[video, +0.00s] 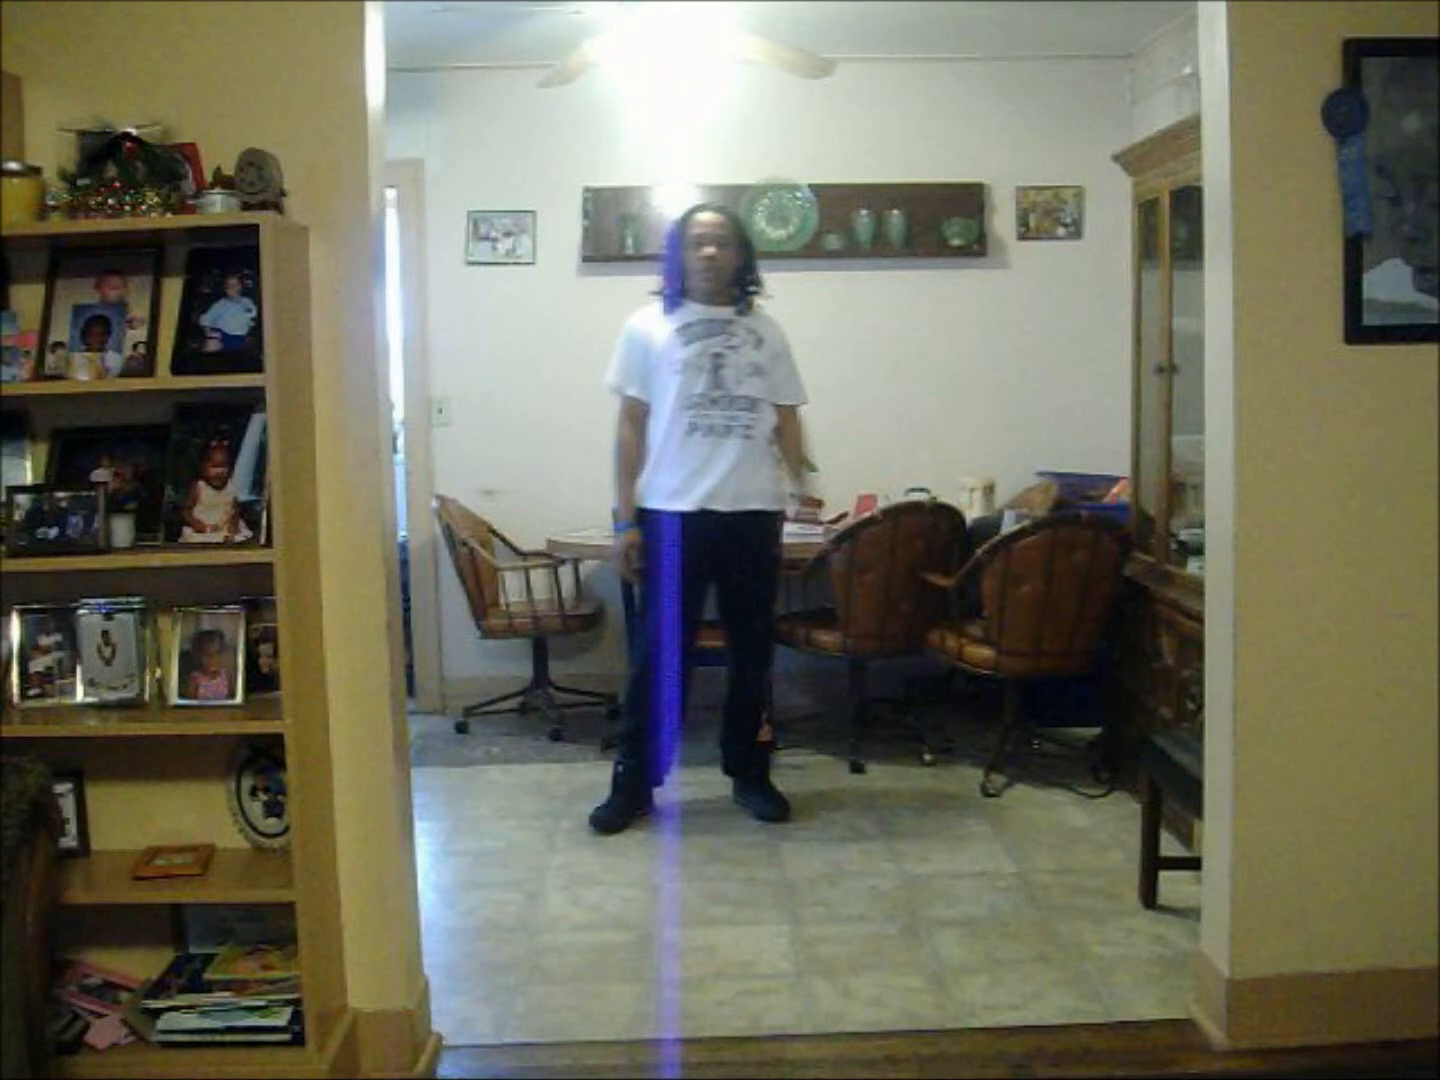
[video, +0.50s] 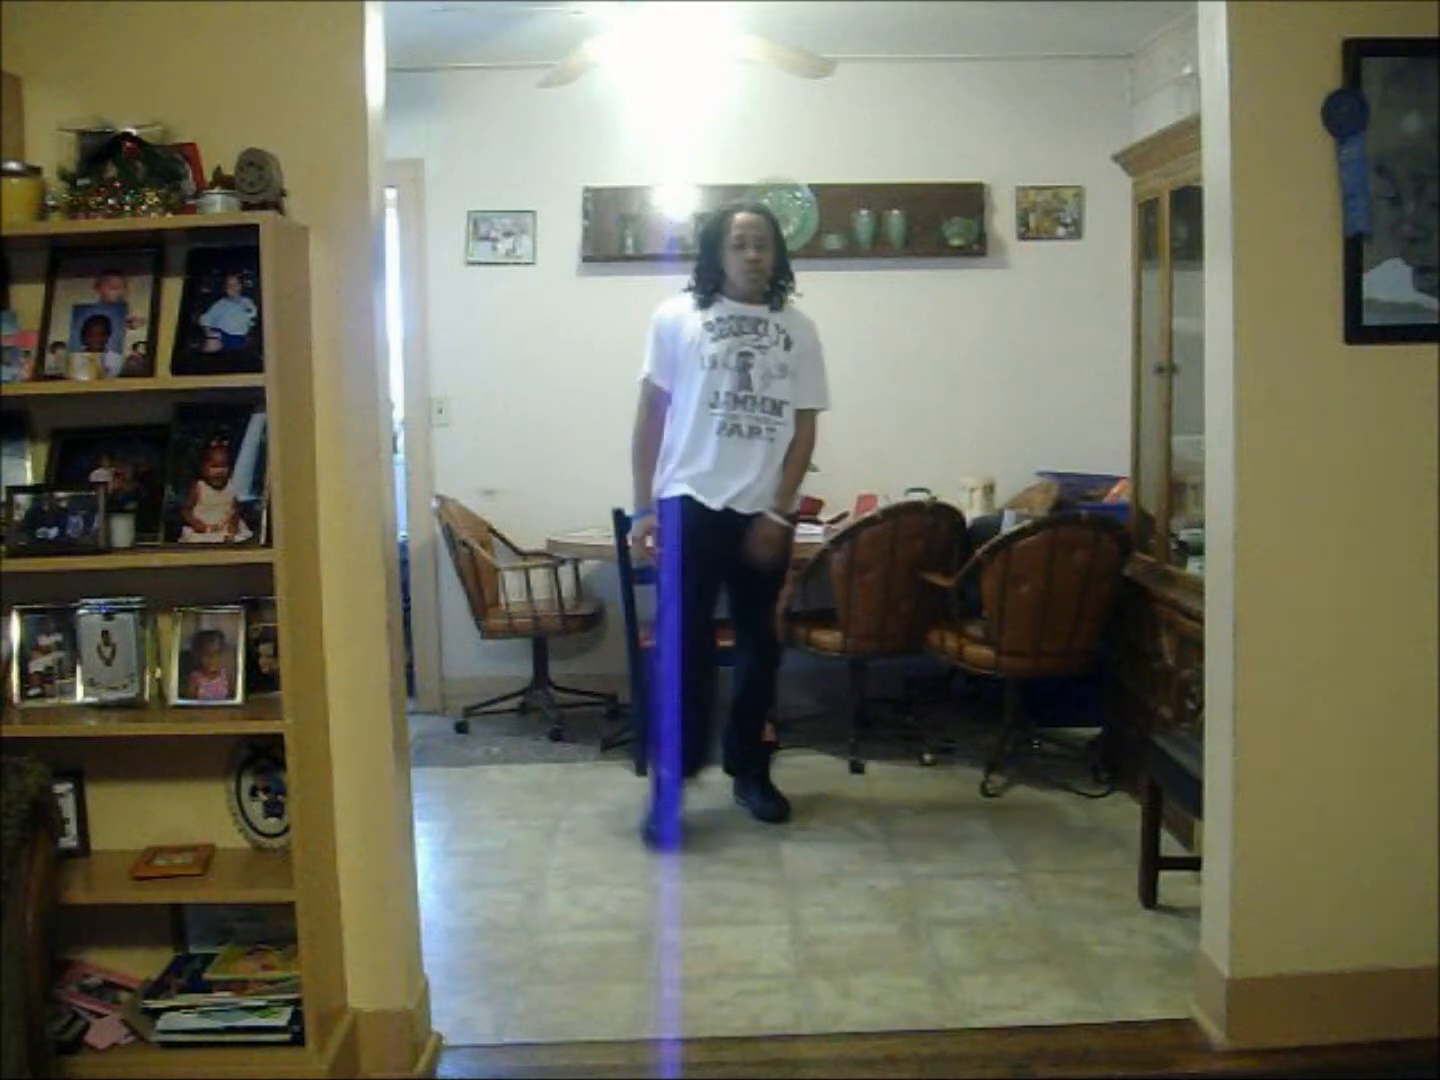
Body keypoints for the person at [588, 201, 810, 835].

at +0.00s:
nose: (710, 253)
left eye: (722, 243)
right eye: (698, 243)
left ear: (742, 258)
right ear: (677, 258)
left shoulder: (763, 329)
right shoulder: (648, 327)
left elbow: (786, 417)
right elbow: (632, 425)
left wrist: (802, 482)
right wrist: (625, 518)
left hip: (753, 513)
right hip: (673, 512)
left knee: (751, 655)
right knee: (656, 655)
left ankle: (750, 774)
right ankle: (633, 785)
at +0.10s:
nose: (721, 252)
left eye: (733, 243)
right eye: (709, 243)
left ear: (751, 256)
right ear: (687, 256)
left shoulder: (771, 328)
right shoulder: (655, 326)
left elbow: (796, 420)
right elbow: (638, 425)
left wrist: (831, 498)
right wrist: (633, 514)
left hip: (759, 516)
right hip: (680, 514)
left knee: (756, 657)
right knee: (666, 657)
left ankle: (750, 776)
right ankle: (635, 784)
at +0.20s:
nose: (731, 253)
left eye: (742, 243)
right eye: (719, 243)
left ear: (759, 256)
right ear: (696, 256)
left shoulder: (778, 327)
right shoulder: (662, 323)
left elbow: (804, 419)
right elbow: (641, 422)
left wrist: (845, 499)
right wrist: (643, 513)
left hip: (763, 516)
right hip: (684, 513)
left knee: (760, 658)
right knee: (670, 660)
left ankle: (750, 774)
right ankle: (639, 783)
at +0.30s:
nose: (742, 253)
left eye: (752, 244)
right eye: (730, 243)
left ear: (770, 256)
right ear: (707, 254)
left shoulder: (789, 326)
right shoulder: (672, 322)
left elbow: (809, 420)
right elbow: (647, 417)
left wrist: (834, 499)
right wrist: (649, 507)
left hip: (767, 511)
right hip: (691, 507)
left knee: (764, 652)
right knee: (676, 651)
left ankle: (749, 773)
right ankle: (642, 778)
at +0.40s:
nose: (747, 254)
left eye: (757, 245)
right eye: (735, 245)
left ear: (774, 256)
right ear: (711, 254)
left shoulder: (791, 327)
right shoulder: (676, 320)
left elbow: (805, 417)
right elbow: (650, 416)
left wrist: (816, 490)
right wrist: (647, 507)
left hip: (769, 509)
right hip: (691, 504)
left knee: (766, 651)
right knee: (677, 650)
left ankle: (750, 772)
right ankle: (648, 780)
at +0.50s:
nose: (752, 255)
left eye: (761, 245)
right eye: (739, 245)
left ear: (778, 255)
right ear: (715, 254)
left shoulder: (796, 327)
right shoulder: (678, 319)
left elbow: (805, 429)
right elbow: (652, 412)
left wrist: (782, 511)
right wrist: (645, 506)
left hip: (761, 508)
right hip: (688, 502)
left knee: (760, 648)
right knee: (684, 648)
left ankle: (750, 774)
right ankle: (670, 785)